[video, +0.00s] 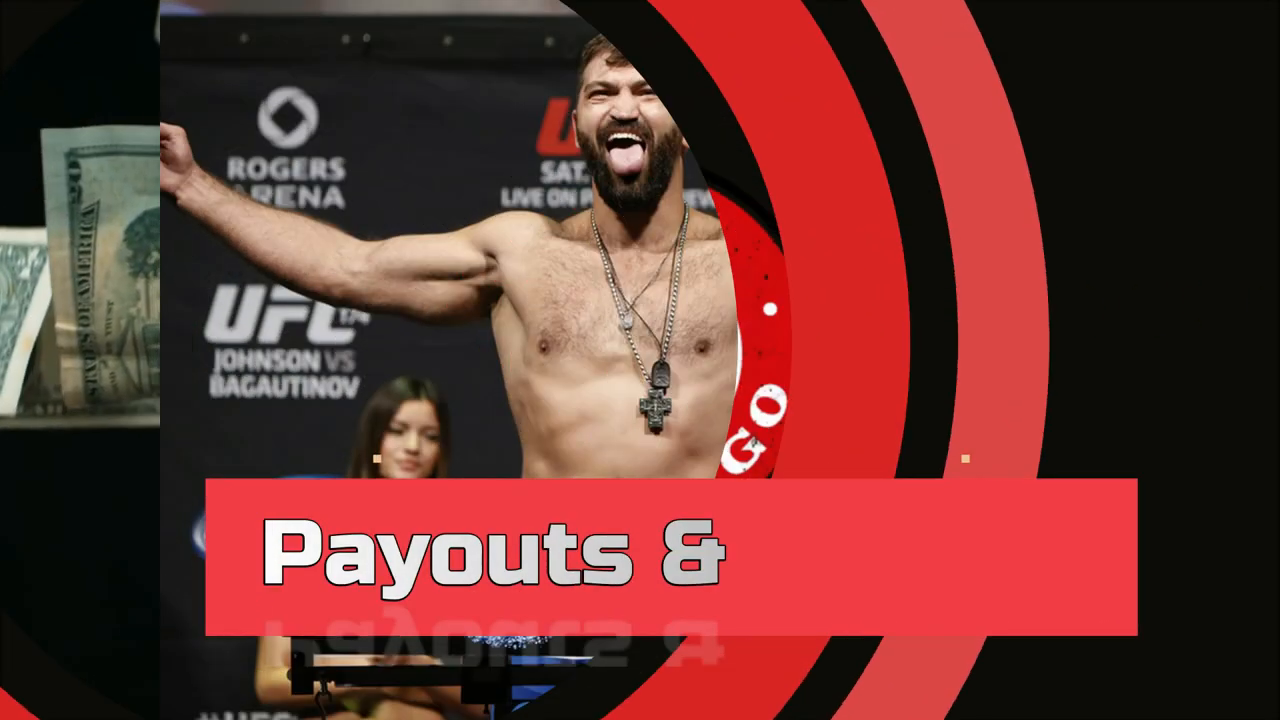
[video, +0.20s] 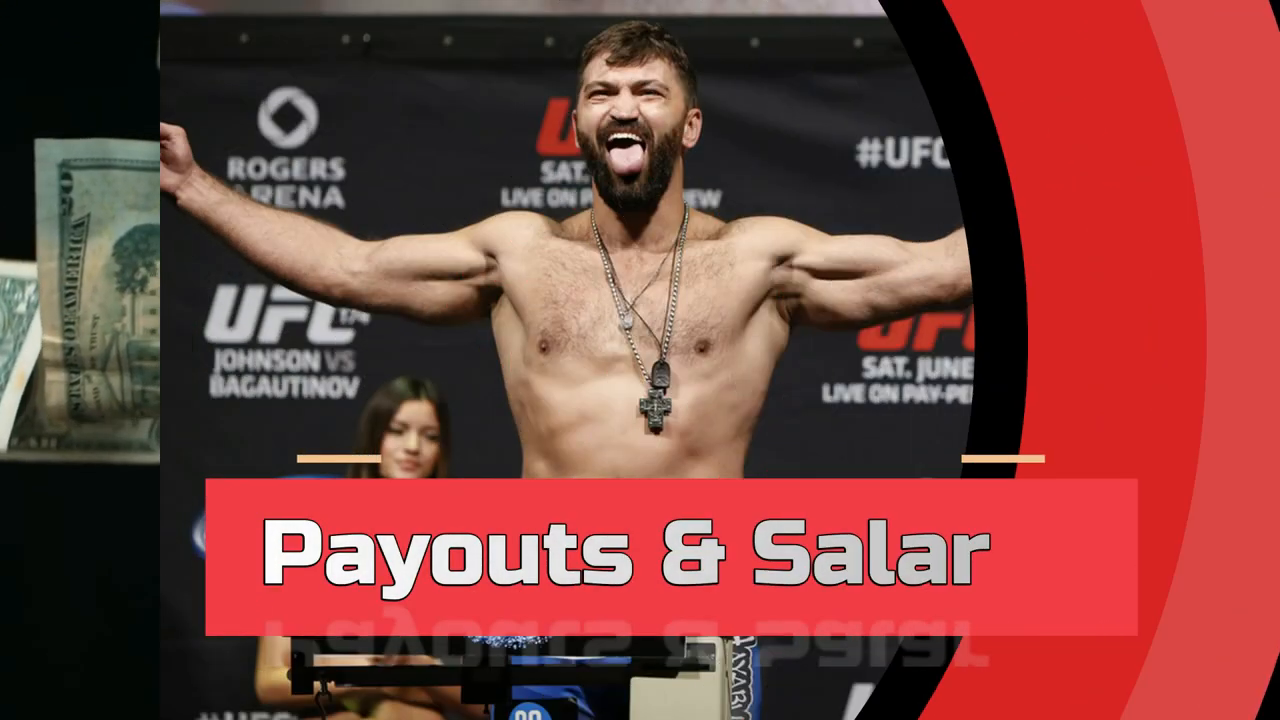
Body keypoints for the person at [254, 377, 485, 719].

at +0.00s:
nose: (413, 446)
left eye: (429, 435)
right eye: (398, 431)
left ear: (442, 450)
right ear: (374, 439)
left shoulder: (465, 528)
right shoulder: (314, 522)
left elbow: (483, 699)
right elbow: (269, 683)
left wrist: (425, 674)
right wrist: (355, 678)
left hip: (423, 709)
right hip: (337, 706)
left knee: (396, 710)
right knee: (342, 716)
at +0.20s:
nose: (413, 447)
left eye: (429, 435)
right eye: (398, 431)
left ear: (442, 449)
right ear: (374, 437)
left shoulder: (465, 525)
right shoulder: (317, 519)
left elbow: (482, 699)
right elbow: (269, 682)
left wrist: (427, 675)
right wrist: (351, 679)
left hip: (423, 707)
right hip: (338, 704)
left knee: (397, 711)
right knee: (342, 716)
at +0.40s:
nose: (413, 447)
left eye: (429, 435)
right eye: (398, 431)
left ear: (442, 449)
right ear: (374, 437)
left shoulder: (465, 526)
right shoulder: (317, 519)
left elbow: (482, 699)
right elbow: (269, 682)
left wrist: (427, 676)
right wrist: (350, 679)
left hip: (423, 707)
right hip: (338, 704)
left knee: (397, 710)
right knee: (342, 716)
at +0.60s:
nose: (412, 447)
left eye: (429, 435)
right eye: (398, 431)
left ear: (442, 449)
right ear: (374, 438)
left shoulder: (466, 526)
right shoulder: (317, 520)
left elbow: (483, 700)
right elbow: (269, 682)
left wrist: (427, 675)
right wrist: (350, 679)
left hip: (423, 707)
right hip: (338, 704)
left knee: (397, 710)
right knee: (342, 716)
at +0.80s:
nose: (413, 447)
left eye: (429, 435)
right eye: (398, 431)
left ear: (442, 449)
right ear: (374, 437)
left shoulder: (466, 526)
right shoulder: (317, 519)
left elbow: (482, 699)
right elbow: (269, 682)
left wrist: (427, 676)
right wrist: (350, 679)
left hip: (423, 707)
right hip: (338, 704)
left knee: (397, 710)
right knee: (342, 716)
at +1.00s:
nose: (412, 447)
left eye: (429, 435)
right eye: (398, 431)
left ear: (442, 449)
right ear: (374, 438)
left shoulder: (465, 526)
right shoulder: (316, 520)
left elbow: (484, 699)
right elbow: (269, 682)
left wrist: (427, 676)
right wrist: (349, 680)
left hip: (423, 708)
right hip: (337, 705)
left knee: (396, 710)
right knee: (342, 716)